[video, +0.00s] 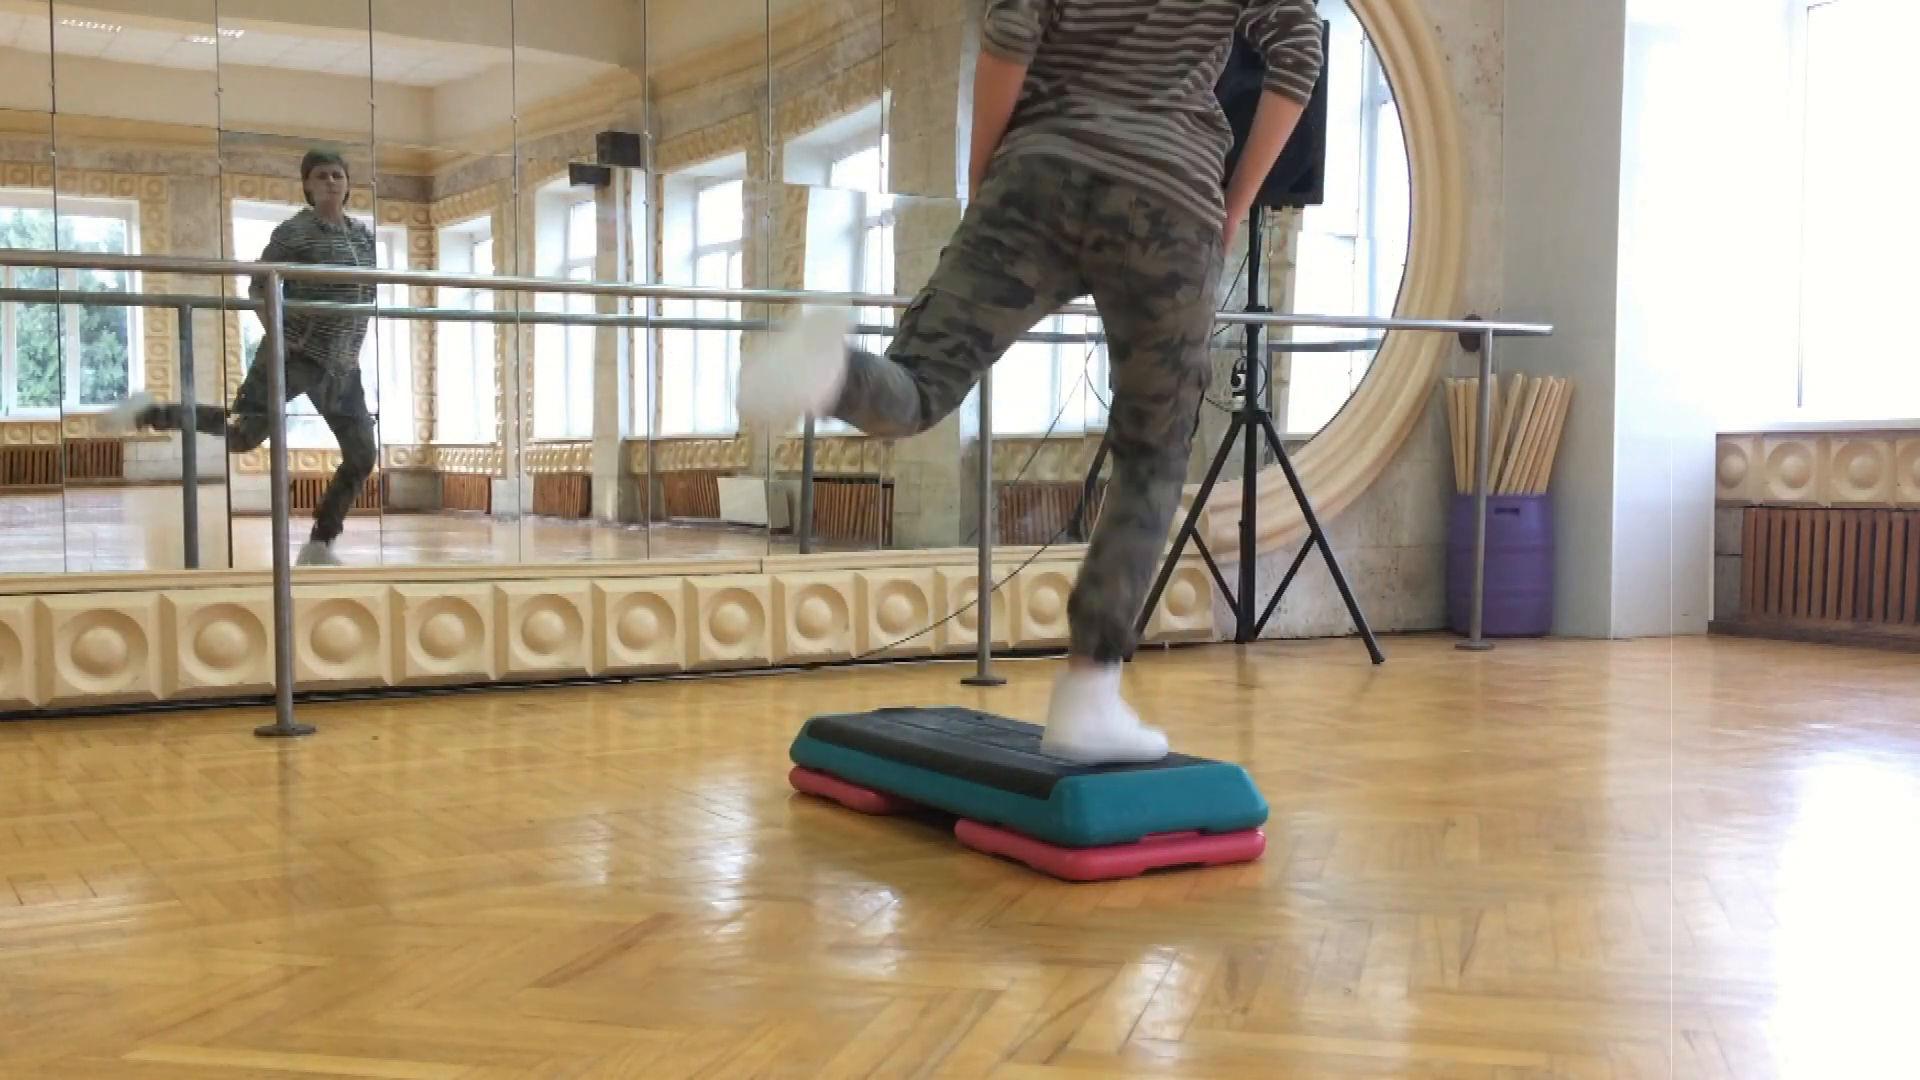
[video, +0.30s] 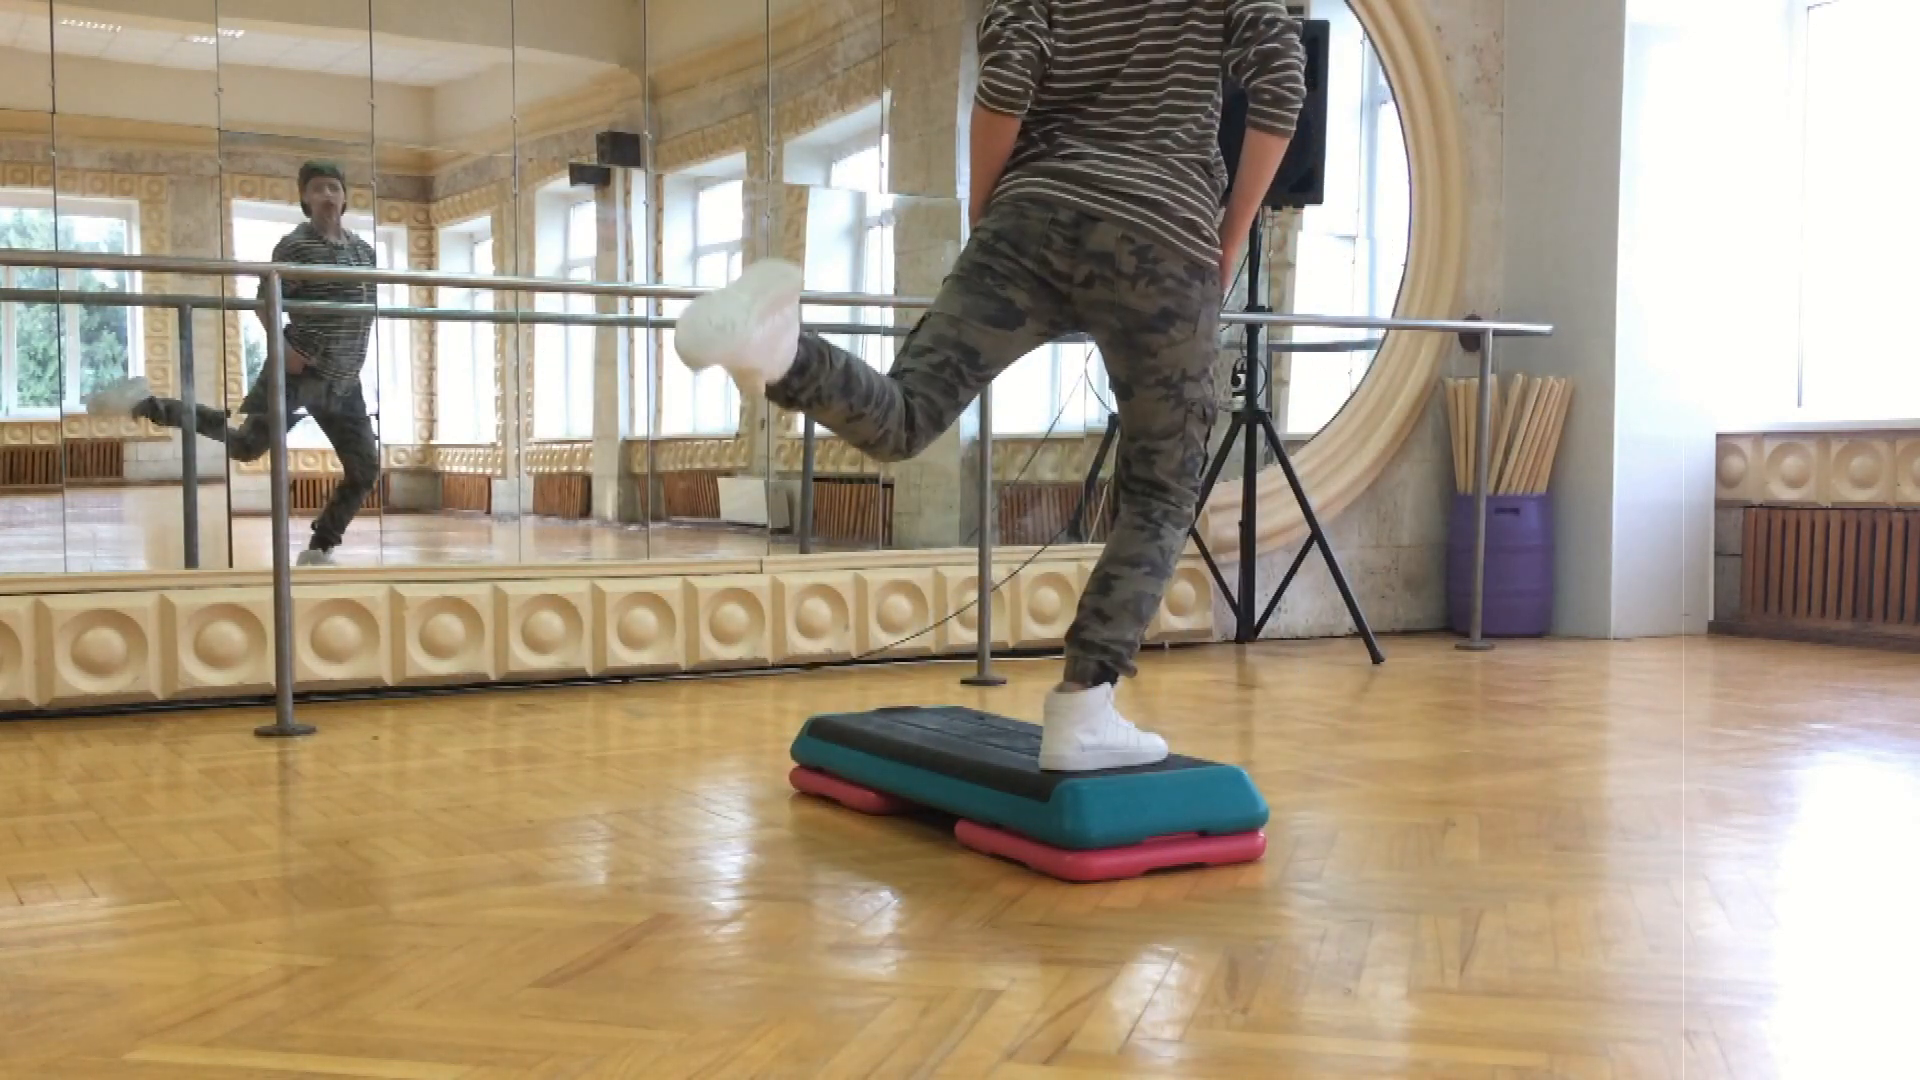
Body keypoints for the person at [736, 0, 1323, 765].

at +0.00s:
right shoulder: (1255, 2)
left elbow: (1007, 37)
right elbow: (1298, 55)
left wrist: (982, 188)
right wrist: (1236, 205)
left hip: (1042, 159)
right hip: (1171, 186)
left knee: (918, 384)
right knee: (1149, 460)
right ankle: (1086, 702)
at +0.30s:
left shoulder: (1037, 0)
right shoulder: (1247, 4)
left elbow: (1005, 87)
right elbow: (1279, 93)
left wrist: (983, 224)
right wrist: (1231, 238)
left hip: (1034, 197)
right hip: (1163, 220)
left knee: (904, 416)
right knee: (1158, 491)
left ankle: (776, 345)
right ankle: (1083, 712)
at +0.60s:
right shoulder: (1226, 3)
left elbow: (977, 40)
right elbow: (1238, 70)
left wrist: (958, 174)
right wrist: (1203, 217)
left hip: (998, 166)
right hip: (1127, 178)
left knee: (1008, 398)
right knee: (1115, 454)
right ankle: (1079, 704)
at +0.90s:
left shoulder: (965, 3)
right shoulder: (1169, 3)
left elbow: (950, 80)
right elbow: (1220, 74)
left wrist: (935, 217)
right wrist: (1196, 233)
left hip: (982, 214)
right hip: (1109, 216)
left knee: (1012, 456)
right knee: (1120, 465)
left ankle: (1009, 704)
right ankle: (1077, 704)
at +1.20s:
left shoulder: (950, 2)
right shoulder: (1150, 3)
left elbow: (918, 99)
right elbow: (1182, 105)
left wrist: (919, 236)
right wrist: (1165, 242)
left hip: (967, 235)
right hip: (1087, 238)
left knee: (1010, 470)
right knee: (1087, 475)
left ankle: (1010, 712)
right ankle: (1061, 712)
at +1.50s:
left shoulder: (930, 1)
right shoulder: (1142, 6)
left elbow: (903, 74)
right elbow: (1153, 97)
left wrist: (911, 204)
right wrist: (1141, 224)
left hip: (955, 199)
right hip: (1079, 200)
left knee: (984, 426)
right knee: (1072, 453)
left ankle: (956, 649)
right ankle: (1058, 702)